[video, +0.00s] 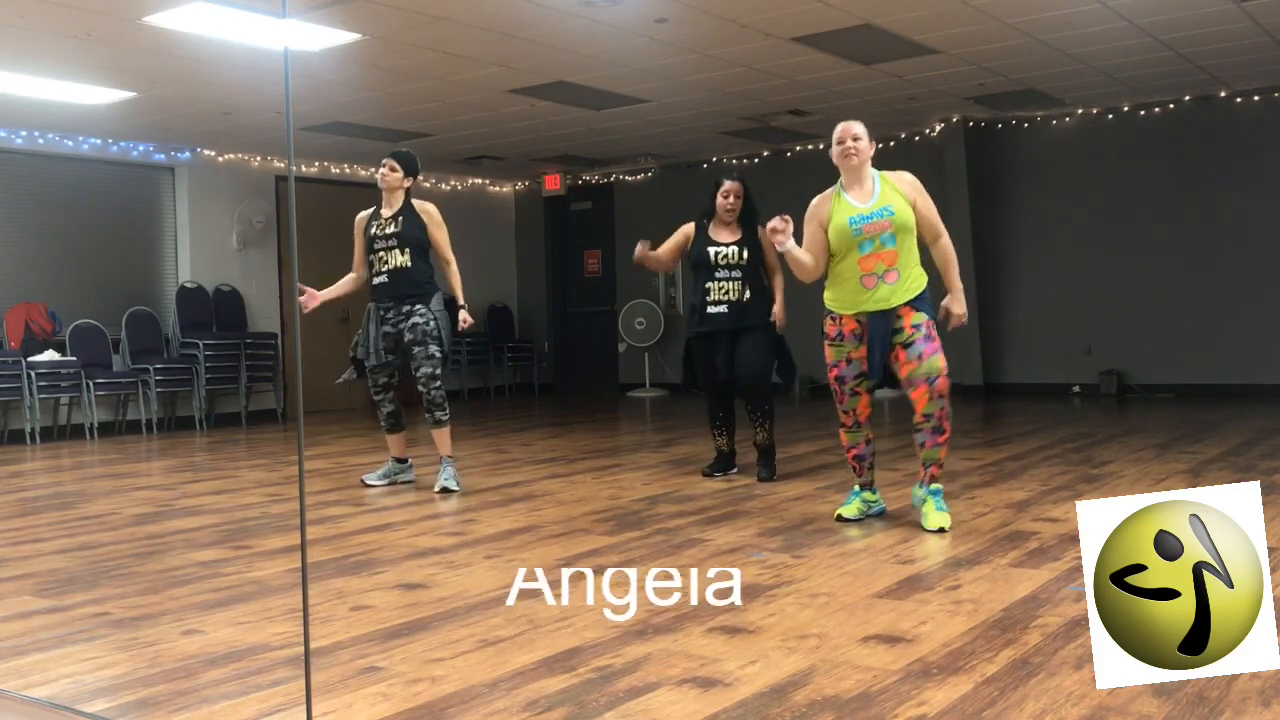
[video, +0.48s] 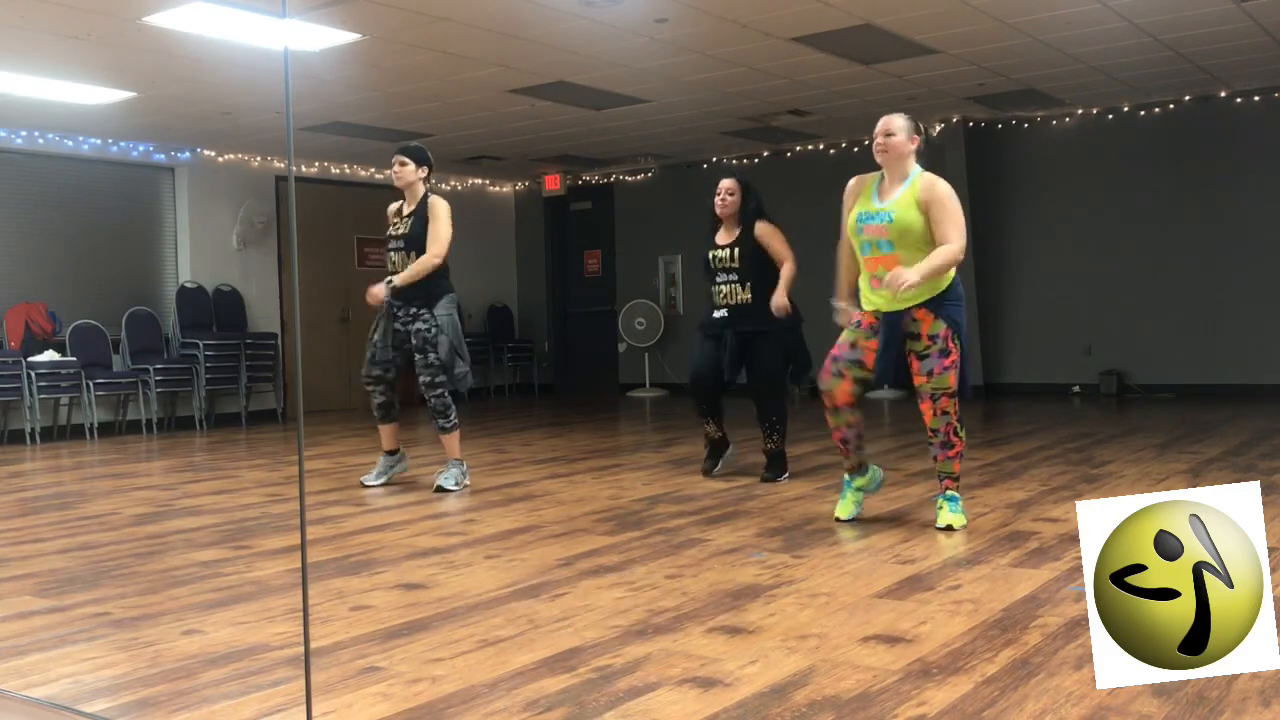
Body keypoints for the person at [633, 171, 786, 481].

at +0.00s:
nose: (730, 201)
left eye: (737, 196)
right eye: (725, 195)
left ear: (744, 202)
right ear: (714, 198)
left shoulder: (758, 232)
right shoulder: (694, 231)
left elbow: (775, 271)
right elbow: (664, 261)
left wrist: (779, 303)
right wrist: (645, 255)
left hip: (753, 328)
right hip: (709, 330)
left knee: (755, 387)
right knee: (716, 392)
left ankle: (766, 456)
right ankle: (725, 456)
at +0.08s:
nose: (731, 204)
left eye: (737, 199)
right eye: (725, 198)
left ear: (744, 204)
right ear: (715, 201)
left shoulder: (757, 235)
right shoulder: (695, 235)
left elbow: (776, 268)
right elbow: (659, 261)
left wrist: (775, 291)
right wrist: (636, 292)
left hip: (754, 328)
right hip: (710, 331)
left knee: (753, 380)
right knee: (716, 393)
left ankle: (767, 445)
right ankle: (725, 456)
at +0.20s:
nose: (725, 199)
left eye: (732, 194)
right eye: (720, 194)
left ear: (744, 199)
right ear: (713, 198)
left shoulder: (760, 234)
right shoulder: (697, 232)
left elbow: (778, 274)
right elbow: (672, 272)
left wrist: (770, 282)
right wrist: (656, 313)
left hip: (755, 325)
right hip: (711, 328)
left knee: (754, 381)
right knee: (718, 390)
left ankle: (771, 448)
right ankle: (725, 456)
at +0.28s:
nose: (722, 198)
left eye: (729, 193)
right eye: (718, 193)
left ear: (743, 198)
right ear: (712, 199)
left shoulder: (764, 236)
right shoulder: (699, 235)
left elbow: (782, 276)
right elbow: (690, 277)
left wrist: (772, 272)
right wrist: (689, 317)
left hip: (757, 330)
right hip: (715, 331)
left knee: (761, 392)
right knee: (720, 393)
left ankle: (774, 458)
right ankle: (725, 456)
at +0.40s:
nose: (721, 195)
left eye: (729, 190)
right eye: (718, 190)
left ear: (743, 195)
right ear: (713, 196)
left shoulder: (762, 230)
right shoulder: (706, 233)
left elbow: (788, 264)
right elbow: (710, 275)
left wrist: (773, 276)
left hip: (759, 329)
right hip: (717, 330)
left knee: (764, 392)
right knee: (717, 392)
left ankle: (775, 459)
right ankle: (724, 455)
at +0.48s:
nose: (722, 198)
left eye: (729, 194)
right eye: (718, 194)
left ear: (744, 200)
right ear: (714, 200)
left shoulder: (759, 229)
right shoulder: (716, 236)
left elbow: (788, 261)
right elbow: (726, 278)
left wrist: (781, 292)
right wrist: (719, 311)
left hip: (760, 325)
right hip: (723, 326)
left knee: (767, 389)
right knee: (702, 379)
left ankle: (775, 458)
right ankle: (717, 441)